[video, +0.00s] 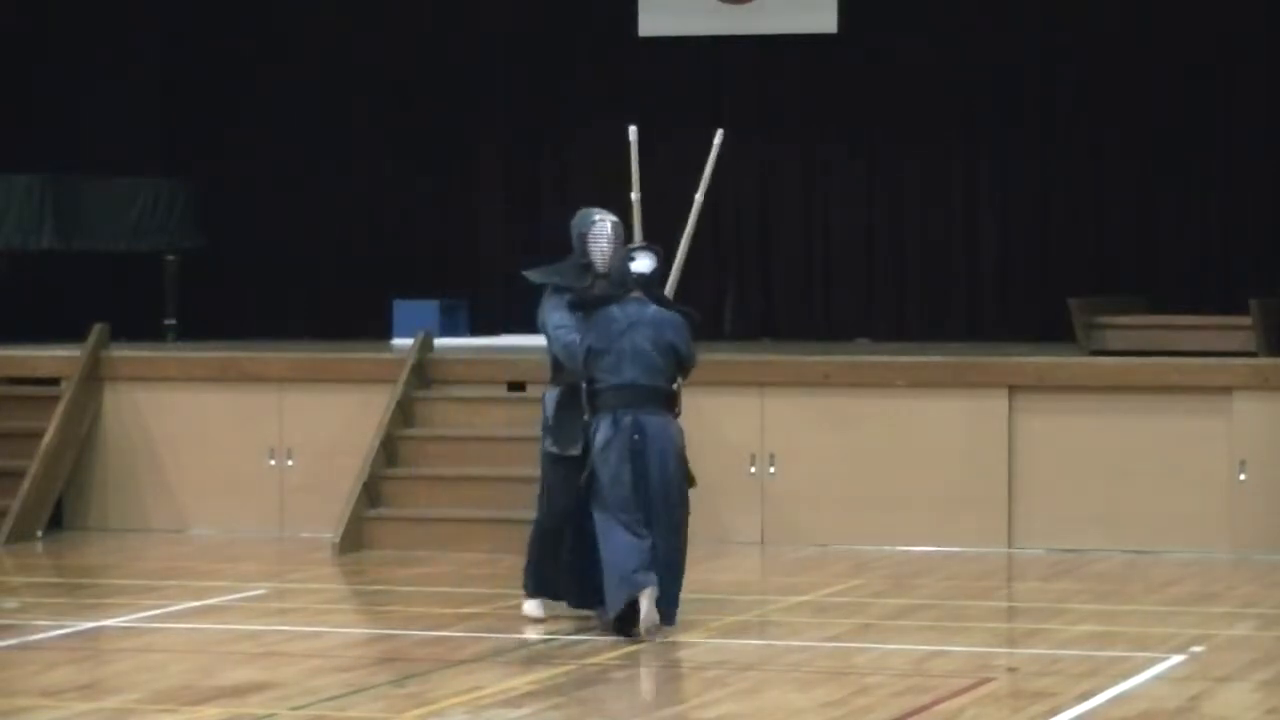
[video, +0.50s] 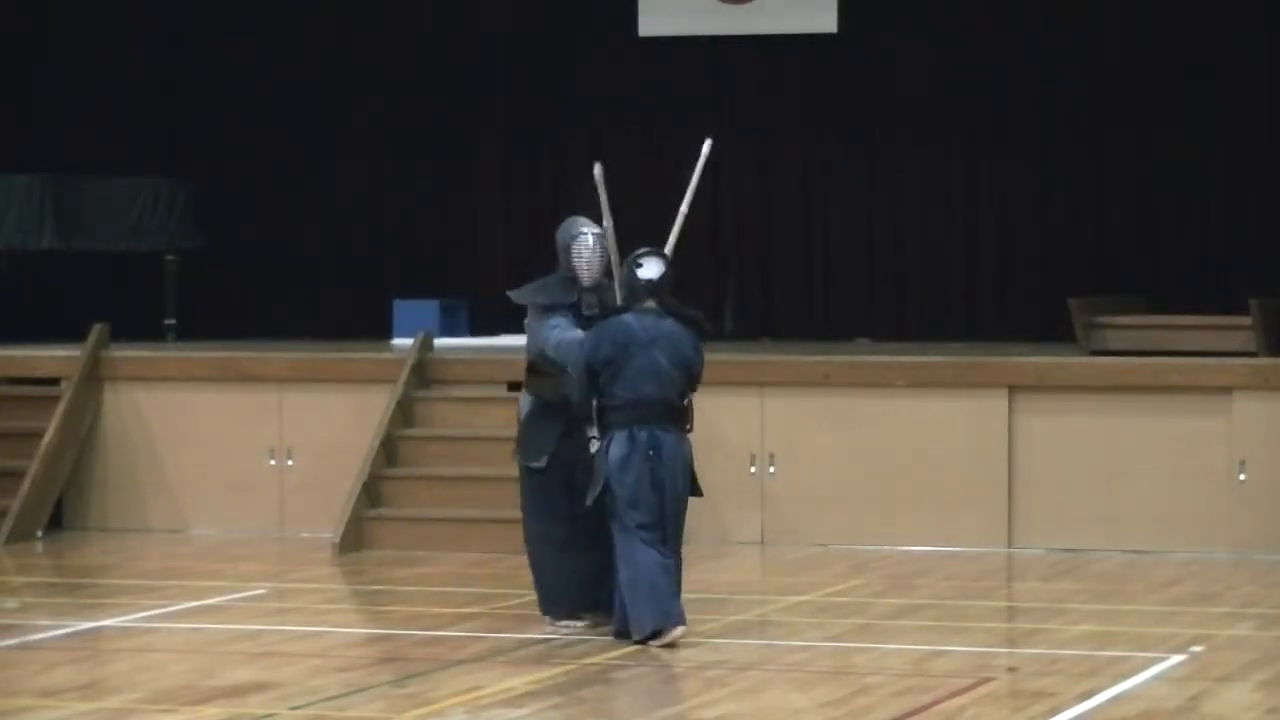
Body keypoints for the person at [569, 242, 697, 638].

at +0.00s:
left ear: (616, 283)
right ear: (648, 283)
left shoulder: (600, 320)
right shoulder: (669, 319)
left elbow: (575, 358)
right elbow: (686, 363)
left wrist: (555, 313)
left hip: (613, 421)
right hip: (660, 422)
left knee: (616, 509)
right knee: (665, 514)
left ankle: (640, 584)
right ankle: (662, 610)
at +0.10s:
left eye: (609, 288)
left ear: (611, 290)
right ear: (645, 289)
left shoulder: (600, 325)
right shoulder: (671, 324)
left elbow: (573, 360)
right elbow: (689, 368)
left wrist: (556, 313)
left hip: (617, 427)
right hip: (665, 428)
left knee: (620, 514)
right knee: (665, 517)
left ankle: (652, 591)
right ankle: (658, 604)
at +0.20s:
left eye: (624, 283)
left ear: (623, 287)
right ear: (658, 288)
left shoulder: (601, 332)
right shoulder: (675, 330)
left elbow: (580, 374)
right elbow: (689, 375)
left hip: (622, 432)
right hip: (668, 432)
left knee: (625, 520)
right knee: (664, 521)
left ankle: (658, 604)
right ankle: (646, 612)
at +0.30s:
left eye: (623, 284)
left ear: (623, 289)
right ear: (659, 290)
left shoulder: (601, 334)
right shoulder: (680, 335)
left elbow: (581, 387)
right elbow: (689, 384)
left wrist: (589, 420)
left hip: (623, 436)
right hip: (669, 435)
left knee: (632, 525)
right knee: (664, 527)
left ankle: (663, 612)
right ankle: (638, 617)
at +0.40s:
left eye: (621, 286)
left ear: (622, 290)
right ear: (659, 292)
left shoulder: (601, 336)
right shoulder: (682, 336)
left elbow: (580, 396)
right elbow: (690, 386)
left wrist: (591, 423)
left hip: (623, 437)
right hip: (670, 436)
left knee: (632, 526)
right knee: (664, 528)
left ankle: (663, 614)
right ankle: (637, 617)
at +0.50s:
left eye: (626, 281)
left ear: (626, 285)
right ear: (663, 288)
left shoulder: (607, 332)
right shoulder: (684, 334)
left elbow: (583, 387)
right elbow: (691, 380)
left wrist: (591, 417)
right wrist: (658, 398)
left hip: (625, 435)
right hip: (671, 435)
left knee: (634, 525)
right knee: (665, 527)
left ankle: (663, 617)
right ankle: (637, 617)